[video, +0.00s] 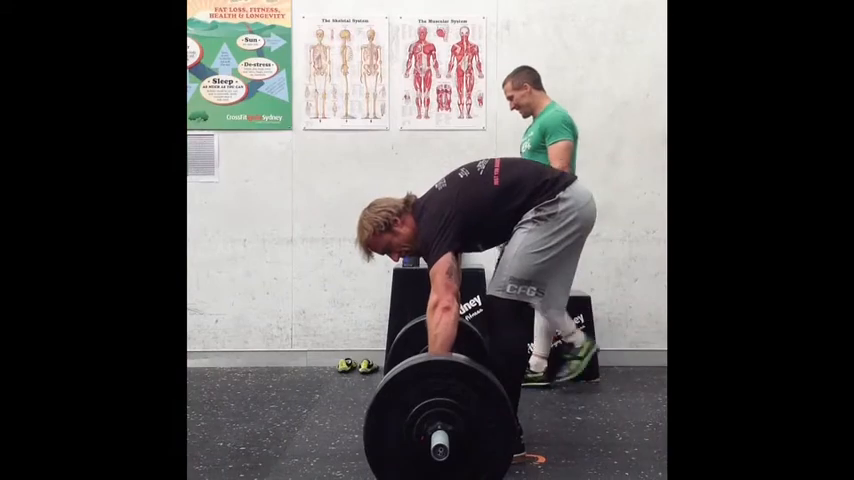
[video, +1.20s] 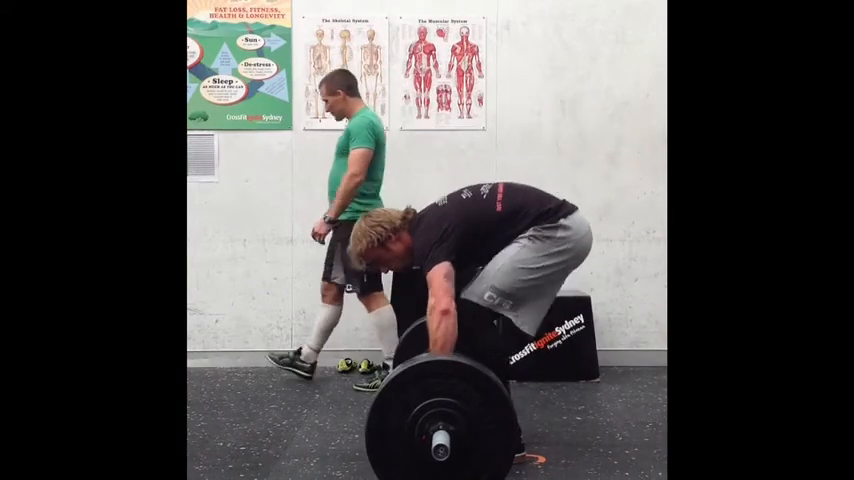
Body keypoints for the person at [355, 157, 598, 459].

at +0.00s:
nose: (396, 258)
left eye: (390, 250)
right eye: (389, 254)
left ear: (399, 224)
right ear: (399, 221)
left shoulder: (435, 220)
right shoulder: (436, 214)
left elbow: (445, 305)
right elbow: (448, 296)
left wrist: (433, 380)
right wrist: (437, 369)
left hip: (557, 205)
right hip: (561, 201)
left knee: (505, 307)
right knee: (507, 306)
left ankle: (504, 435)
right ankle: (501, 429)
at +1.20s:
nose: (387, 270)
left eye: (381, 262)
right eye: (380, 266)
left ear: (392, 240)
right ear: (394, 235)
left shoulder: (431, 233)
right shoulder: (427, 230)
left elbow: (444, 309)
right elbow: (434, 307)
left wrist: (435, 386)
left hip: (555, 230)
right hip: (553, 228)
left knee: (471, 316)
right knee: (471, 314)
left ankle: (502, 438)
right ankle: (496, 433)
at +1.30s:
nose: (382, 275)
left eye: (377, 267)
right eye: (376, 270)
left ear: (391, 246)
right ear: (393, 243)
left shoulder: (430, 242)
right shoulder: (426, 237)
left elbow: (441, 313)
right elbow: (433, 312)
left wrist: (437, 387)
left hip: (554, 252)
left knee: (463, 320)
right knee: (463, 322)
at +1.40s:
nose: (381, 284)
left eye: (377, 276)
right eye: (375, 279)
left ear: (391, 256)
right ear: (392, 252)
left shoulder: (429, 253)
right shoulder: (427, 246)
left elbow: (440, 315)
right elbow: (441, 313)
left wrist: (436, 388)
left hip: (553, 276)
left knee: (457, 323)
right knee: (452, 328)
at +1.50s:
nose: (381, 294)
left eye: (377, 286)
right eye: (375, 289)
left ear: (391, 267)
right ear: (393, 263)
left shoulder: (428, 262)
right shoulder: (427, 257)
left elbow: (439, 316)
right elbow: (441, 317)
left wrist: (438, 388)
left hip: (550, 303)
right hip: (547, 299)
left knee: (448, 332)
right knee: (442, 331)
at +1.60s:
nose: (380, 305)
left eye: (376, 296)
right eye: (374, 299)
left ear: (391, 276)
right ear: (394, 273)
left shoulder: (428, 273)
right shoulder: (432, 266)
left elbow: (436, 319)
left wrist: (438, 388)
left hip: (546, 328)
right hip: (544, 324)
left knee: (446, 334)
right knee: (436, 333)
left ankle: (495, 436)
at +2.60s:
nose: (387, 305)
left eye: (384, 296)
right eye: (381, 299)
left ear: (401, 279)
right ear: (403, 276)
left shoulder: (431, 278)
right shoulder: (440, 270)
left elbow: (435, 320)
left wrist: (440, 388)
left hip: (546, 357)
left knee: (444, 340)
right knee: (442, 339)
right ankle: (504, 437)